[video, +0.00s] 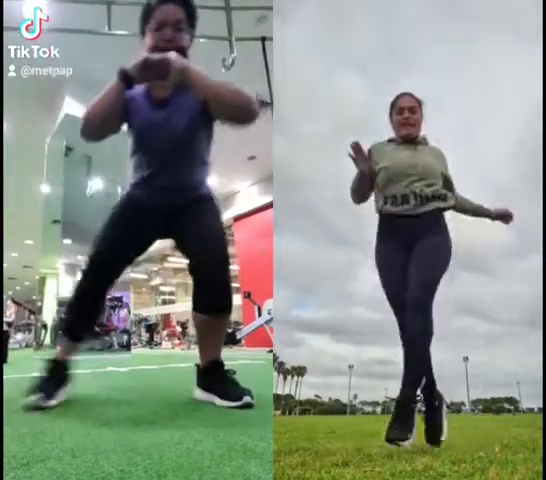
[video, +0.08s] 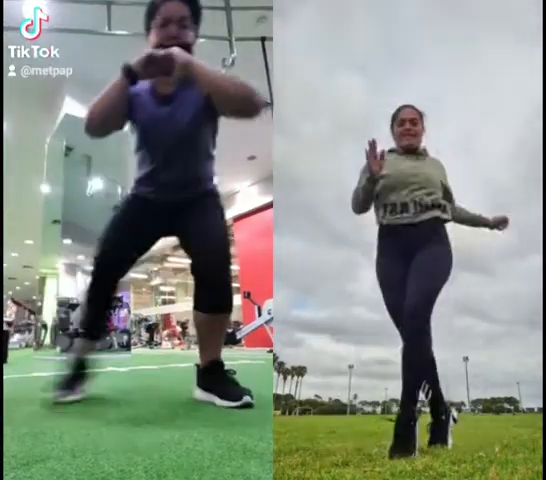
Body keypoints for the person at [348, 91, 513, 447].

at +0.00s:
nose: (407, 115)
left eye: (412, 110)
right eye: (400, 111)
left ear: (422, 118)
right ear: (391, 119)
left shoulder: (435, 155)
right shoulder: (377, 152)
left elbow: (450, 198)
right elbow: (358, 197)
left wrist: (490, 213)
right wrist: (364, 172)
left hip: (431, 232)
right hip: (391, 235)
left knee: (417, 304)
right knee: (406, 319)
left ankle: (405, 403)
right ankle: (432, 399)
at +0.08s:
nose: (408, 127)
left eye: (414, 122)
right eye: (402, 123)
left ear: (423, 129)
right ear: (392, 131)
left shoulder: (434, 166)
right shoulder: (379, 163)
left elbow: (449, 210)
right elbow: (358, 207)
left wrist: (487, 222)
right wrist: (371, 175)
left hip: (432, 243)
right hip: (391, 248)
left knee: (414, 318)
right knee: (411, 330)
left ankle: (406, 421)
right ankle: (440, 411)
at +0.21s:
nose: (408, 142)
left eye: (414, 137)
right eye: (402, 138)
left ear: (424, 145)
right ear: (393, 146)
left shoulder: (436, 185)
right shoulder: (381, 178)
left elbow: (450, 227)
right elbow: (363, 220)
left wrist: (490, 226)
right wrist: (376, 183)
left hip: (432, 263)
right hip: (390, 264)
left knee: (414, 330)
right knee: (411, 342)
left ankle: (407, 428)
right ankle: (444, 422)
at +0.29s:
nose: (408, 128)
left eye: (414, 123)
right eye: (402, 124)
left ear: (423, 130)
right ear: (392, 132)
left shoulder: (435, 167)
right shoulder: (380, 164)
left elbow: (450, 210)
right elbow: (360, 205)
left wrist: (487, 203)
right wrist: (372, 174)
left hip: (431, 246)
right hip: (390, 248)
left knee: (427, 319)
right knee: (393, 326)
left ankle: (428, 412)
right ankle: (413, 410)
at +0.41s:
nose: (407, 128)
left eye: (413, 123)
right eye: (401, 123)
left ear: (422, 129)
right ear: (392, 130)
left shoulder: (436, 167)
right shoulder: (380, 163)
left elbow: (454, 209)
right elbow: (364, 208)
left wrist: (477, 188)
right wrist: (366, 189)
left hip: (430, 244)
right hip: (388, 243)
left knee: (449, 321)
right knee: (369, 323)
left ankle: (471, 407)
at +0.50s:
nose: (407, 143)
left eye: (413, 138)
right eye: (400, 139)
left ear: (421, 144)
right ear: (392, 147)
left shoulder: (436, 182)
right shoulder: (381, 180)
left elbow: (455, 225)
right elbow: (371, 227)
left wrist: (469, 196)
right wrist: (358, 209)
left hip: (429, 263)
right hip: (384, 263)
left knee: (462, 335)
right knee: (352, 336)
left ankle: (507, 414)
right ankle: (306, 419)